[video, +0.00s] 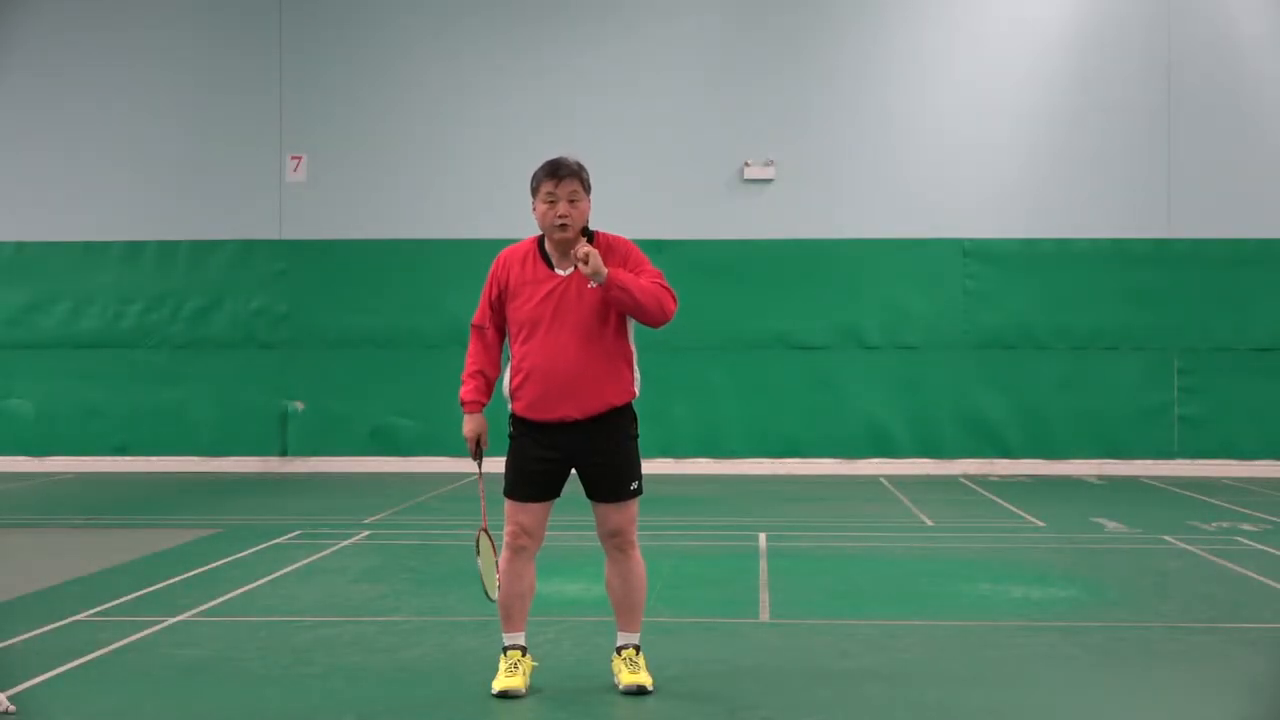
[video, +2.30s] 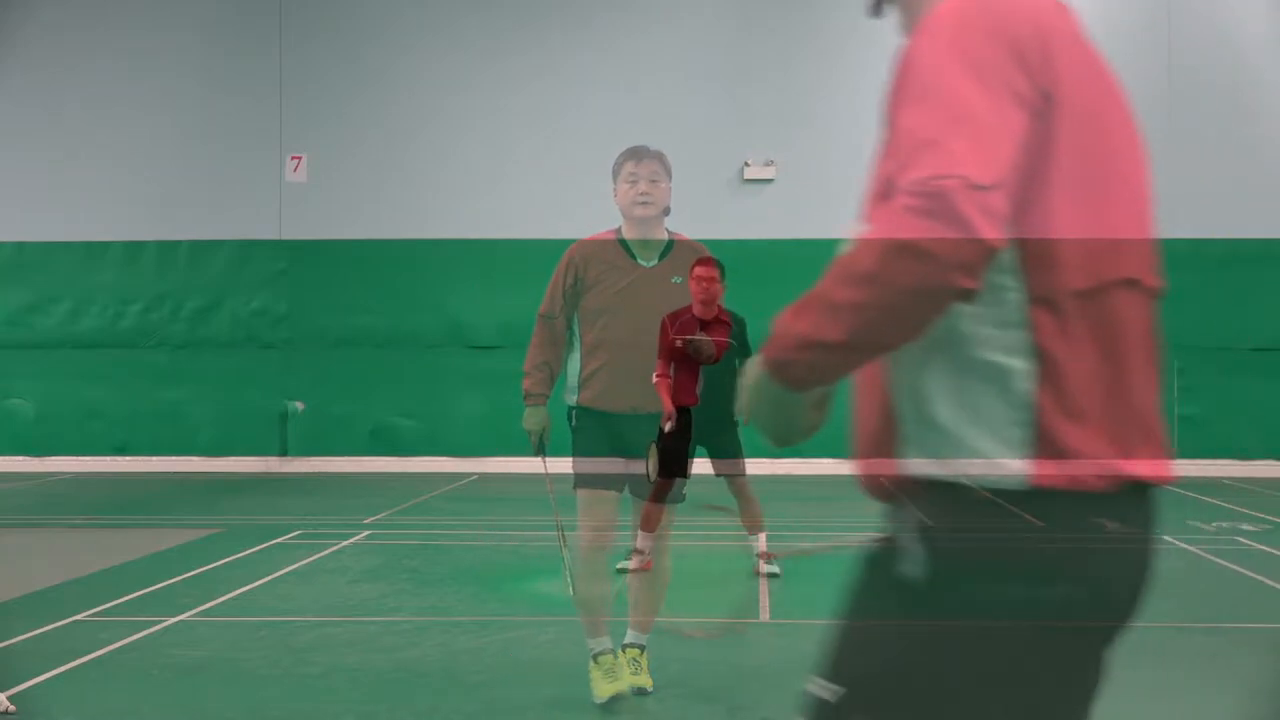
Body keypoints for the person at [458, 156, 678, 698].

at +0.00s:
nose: (561, 210)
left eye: (571, 199)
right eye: (550, 201)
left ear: (588, 204)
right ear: (535, 208)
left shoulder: (616, 252)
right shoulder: (510, 264)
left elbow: (662, 308)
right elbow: (485, 335)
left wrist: (605, 278)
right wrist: (474, 407)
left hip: (607, 421)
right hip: (535, 425)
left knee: (620, 537)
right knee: (519, 538)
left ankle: (629, 650)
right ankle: (513, 652)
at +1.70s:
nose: (590, 188)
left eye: (601, 180)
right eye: (579, 181)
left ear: (619, 195)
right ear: (564, 197)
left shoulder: (652, 258)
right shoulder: (539, 261)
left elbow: (686, 319)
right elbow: (507, 331)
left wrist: (663, 336)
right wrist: (488, 404)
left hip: (632, 420)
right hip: (558, 420)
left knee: (633, 538)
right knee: (528, 537)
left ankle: (631, 650)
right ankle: (514, 649)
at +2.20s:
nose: (639, 188)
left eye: (649, 180)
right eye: (628, 181)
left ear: (667, 194)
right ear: (611, 196)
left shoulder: (694, 261)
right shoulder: (582, 257)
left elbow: (714, 335)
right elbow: (549, 329)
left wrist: (706, 345)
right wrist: (535, 400)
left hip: (667, 419)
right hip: (596, 415)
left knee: (650, 543)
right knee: (583, 537)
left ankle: (634, 650)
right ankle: (579, 651)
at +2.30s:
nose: (643, 187)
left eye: (653, 179)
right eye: (632, 180)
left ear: (671, 191)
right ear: (615, 193)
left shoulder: (695, 259)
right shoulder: (584, 257)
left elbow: (719, 339)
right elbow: (549, 330)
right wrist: (536, 400)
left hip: (671, 419)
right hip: (600, 416)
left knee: (655, 538)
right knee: (595, 536)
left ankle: (636, 649)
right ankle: (600, 653)